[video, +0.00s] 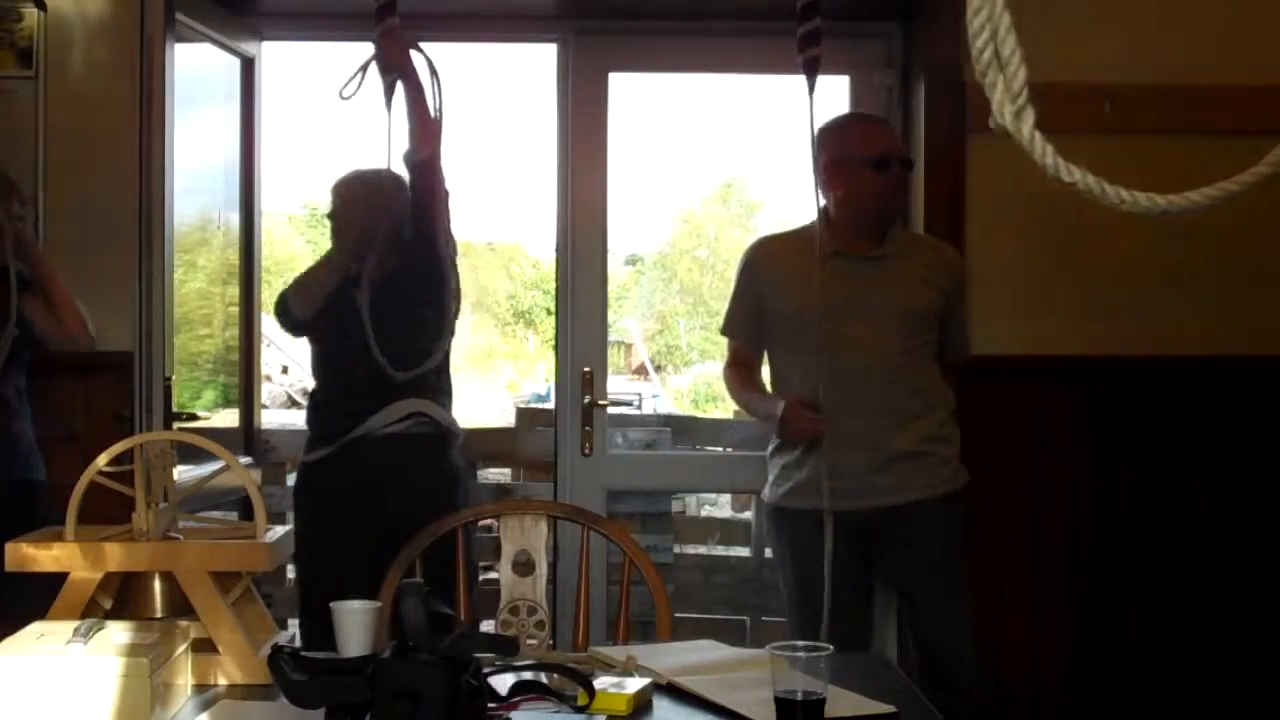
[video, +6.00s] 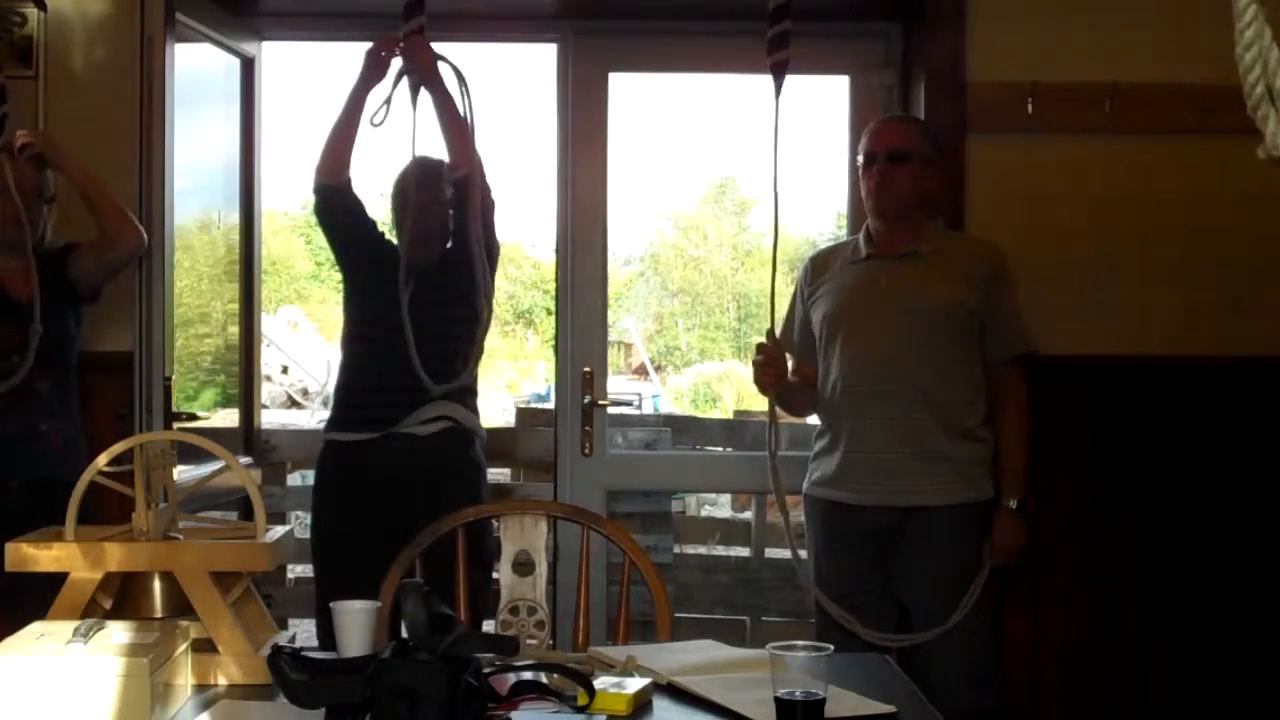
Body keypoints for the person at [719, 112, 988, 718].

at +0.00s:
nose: (900, 179)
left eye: (903, 167)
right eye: (882, 166)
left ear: (907, 173)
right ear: (829, 177)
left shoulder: (938, 264)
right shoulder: (769, 261)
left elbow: (956, 373)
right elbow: (739, 371)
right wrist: (773, 411)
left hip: (921, 496)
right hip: (811, 502)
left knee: (946, 669)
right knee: (829, 668)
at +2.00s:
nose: (899, 167)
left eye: (912, 155)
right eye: (882, 157)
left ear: (928, 171)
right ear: (854, 175)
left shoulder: (973, 255)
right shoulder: (817, 265)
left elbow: (1006, 379)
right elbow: (801, 390)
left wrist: (1008, 491)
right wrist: (751, 373)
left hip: (949, 505)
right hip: (842, 505)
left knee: (954, 676)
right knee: (857, 676)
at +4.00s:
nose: (902, 167)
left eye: (918, 156)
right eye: (888, 156)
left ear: (941, 172)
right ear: (868, 174)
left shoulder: (982, 263)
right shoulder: (825, 266)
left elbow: (1013, 390)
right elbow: (808, 391)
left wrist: (1014, 503)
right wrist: (782, 381)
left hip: (952, 506)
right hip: (843, 505)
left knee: (953, 682)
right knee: (854, 678)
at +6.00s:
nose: (879, 171)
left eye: (898, 158)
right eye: (869, 160)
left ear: (933, 175)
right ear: (857, 177)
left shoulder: (977, 264)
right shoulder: (821, 269)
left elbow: (1009, 387)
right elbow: (810, 394)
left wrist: (1011, 502)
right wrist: (779, 386)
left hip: (948, 508)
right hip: (841, 507)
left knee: (951, 682)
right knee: (852, 679)